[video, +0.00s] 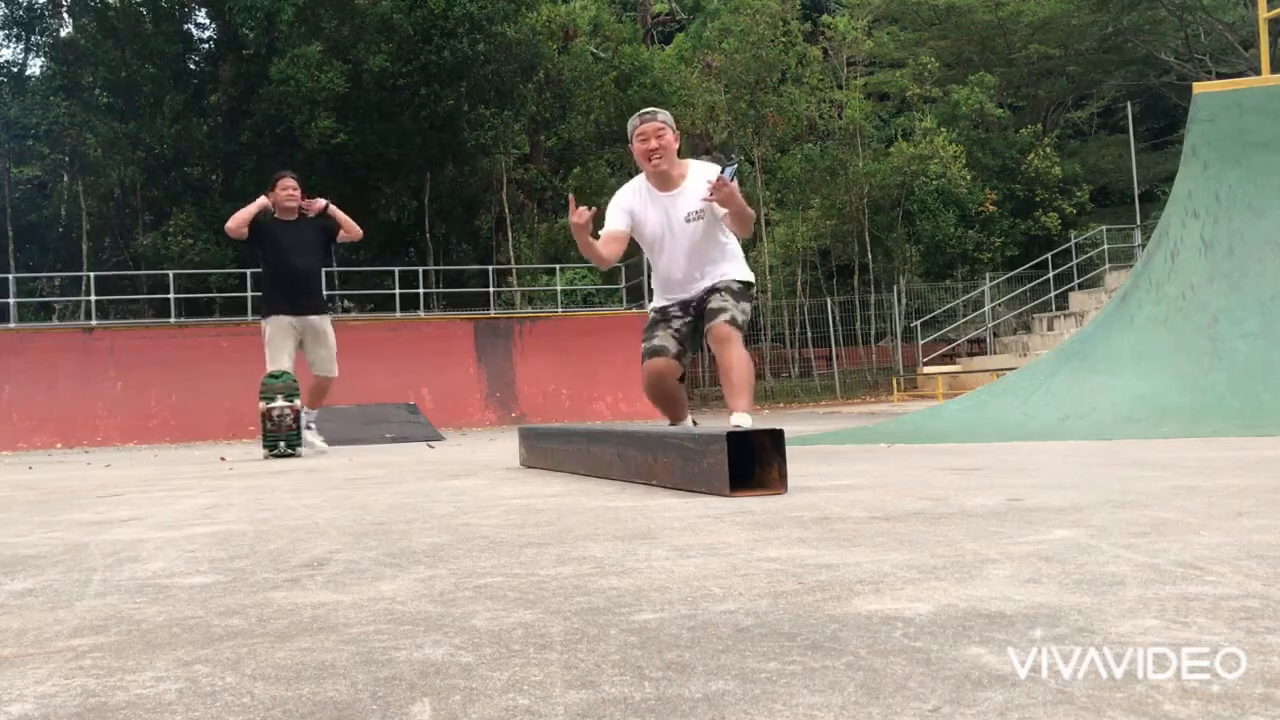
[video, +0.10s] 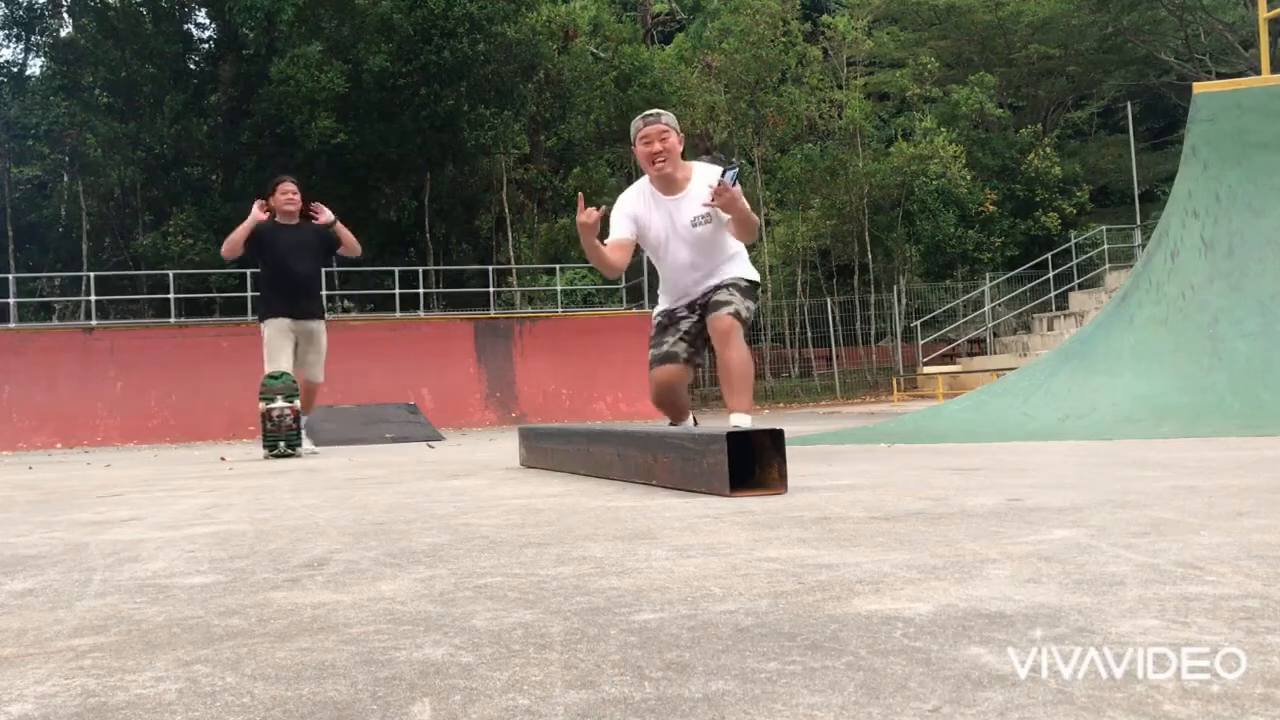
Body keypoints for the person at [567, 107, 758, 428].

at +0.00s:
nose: (652, 145)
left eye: (660, 135)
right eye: (642, 139)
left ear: (676, 139)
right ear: (632, 150)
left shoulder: (710, 174)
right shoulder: (628, 198)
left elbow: (745, 230)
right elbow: (604, 259)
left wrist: (735, 203)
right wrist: (582, 237)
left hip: (722, 280)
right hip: (670, 298)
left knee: (722, 329)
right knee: (656, 375)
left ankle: (741, 421)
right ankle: (685, 429)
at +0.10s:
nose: (656, 148)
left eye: (663, 138)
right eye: (646, 142)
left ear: (680, 141)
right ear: (635, 153)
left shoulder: (713, 177)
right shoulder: (630, 203)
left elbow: (749, 234)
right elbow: (613, 267)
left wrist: (737, 209)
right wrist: (588, 239)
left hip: (727, 279)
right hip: (675, 300)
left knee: (723, 324)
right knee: (664, 387)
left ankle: (740, 425)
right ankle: (686, 429)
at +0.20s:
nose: (659, 149)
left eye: (666, 139)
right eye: (649, 143)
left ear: (682, 142)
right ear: (637, 153)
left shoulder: (717, 177)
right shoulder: (632, 203)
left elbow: (754, 237)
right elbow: (615, 268)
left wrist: (739, 214)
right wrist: (589, 243)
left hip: (730, 277)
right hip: (678, 301)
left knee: (724, 321)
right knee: (671, 396)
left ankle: (740, 427)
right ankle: (688, 430)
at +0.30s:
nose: (661, 149)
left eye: (668, 139)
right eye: (650, 143)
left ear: (684, 142)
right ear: (638, 153)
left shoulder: (719, 178)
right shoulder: (633, 204)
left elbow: (755, 239)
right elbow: (615, 269)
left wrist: (742, 216)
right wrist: (591, 245)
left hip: (731, 277)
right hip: (679, 303)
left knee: (725, 320)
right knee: (675, 400)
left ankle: (740, 428)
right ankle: (688, 431)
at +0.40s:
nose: (662, 152)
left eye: (669, 141)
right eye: (651, 145)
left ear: (685, 143)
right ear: (639, 155)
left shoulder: (720, 180)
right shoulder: (633, 205)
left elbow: (755, 240)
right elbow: (616, 270)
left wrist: (742, 218)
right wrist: (592, 250)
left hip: (731, 279)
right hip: (679, 305)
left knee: (724, 320)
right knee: (674, 404)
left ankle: (740, 429)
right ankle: (688, 428)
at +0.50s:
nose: (663, 154)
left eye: (670, 143)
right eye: (652, 148)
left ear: (686, 145)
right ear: (640, 157)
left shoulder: (721, 183)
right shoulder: (634, 207)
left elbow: (757, 246)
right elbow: (616, 274)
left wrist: (744, 221)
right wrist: (593, 254)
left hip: (732, 280)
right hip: (679, 308)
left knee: (722, 320)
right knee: (674, 410)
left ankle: (738, 430)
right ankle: (690, 429)